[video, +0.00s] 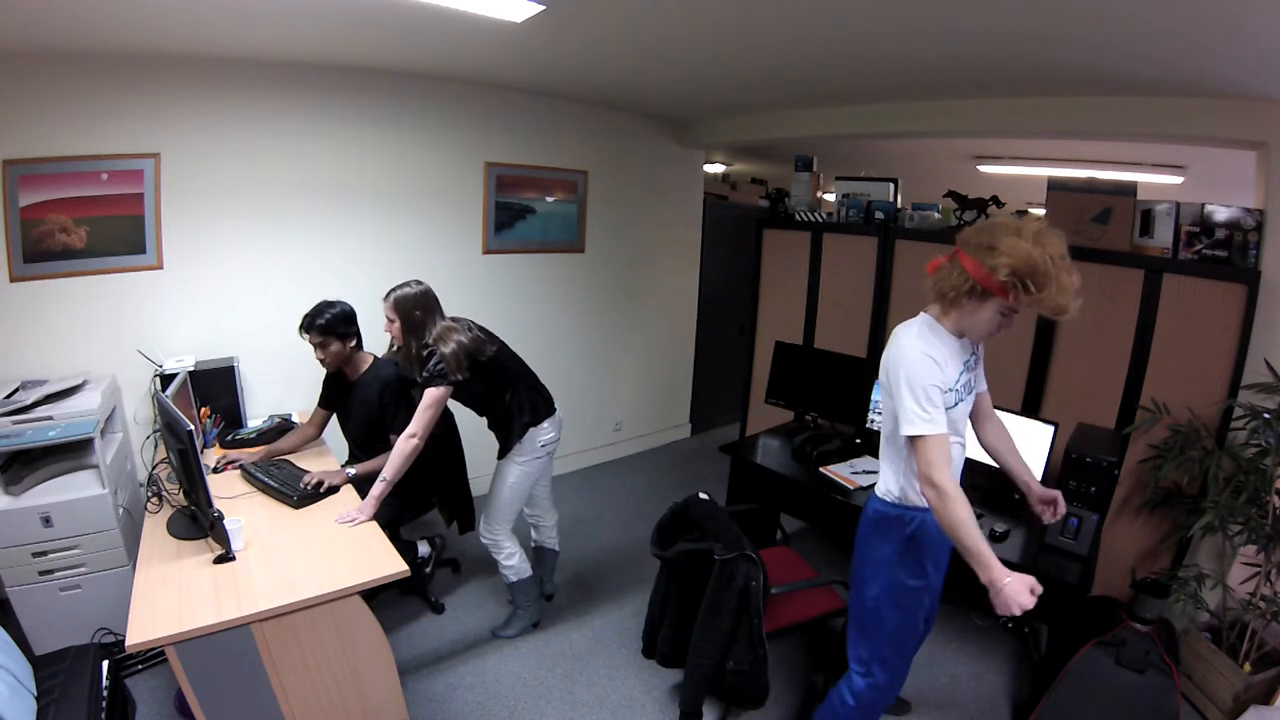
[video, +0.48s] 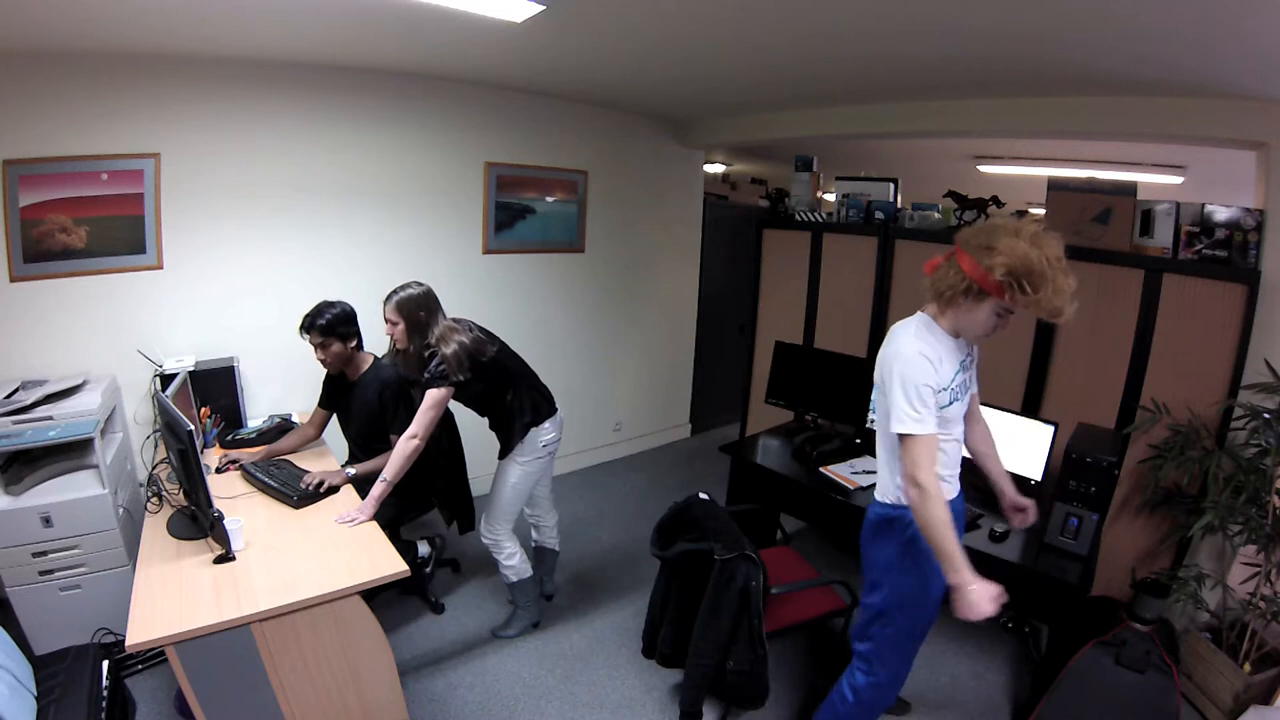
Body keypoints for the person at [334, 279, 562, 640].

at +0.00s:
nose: (386, 329)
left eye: (390, 321)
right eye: (386, 320)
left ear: (413, 319)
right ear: (422, 315)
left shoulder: (444, 355)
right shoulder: (455, 328)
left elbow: (414, 437)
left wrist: (372, 500)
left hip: (529, 432)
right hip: (542, 419)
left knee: (494, 529)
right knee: (540, 507)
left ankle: (527, 607)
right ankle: (545, 582)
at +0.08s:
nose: (387, 329)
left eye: (391, 321)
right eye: (386, 321)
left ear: (414, 319)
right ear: (422, 315)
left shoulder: (444, 354)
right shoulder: (455, 328)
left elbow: (415, 437)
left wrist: (372, 500)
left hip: (529, 432)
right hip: (542, 419)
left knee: (495, 529)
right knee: (540, 506)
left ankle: (527, 607)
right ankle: (545, 582)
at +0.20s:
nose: (387, 330)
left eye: (391, 322)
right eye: (386, 322)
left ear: (416, 319)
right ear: (423, 316)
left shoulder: (445, 355)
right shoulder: (457, 328)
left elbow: (415, 437)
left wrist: (371, 500)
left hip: (529, 432)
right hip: (542, 419)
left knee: (495, 529)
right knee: (540, 505)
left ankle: (527, 607)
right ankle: (545, 581)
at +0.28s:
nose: (387, 330)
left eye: (392, 322)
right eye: (387, 322)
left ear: (417, 319)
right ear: (424, 316)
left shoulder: (446, 355)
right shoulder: (457, 328)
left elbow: (415, 438)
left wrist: (371, 500)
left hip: (529, 432)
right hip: (543, 419)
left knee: (495, 529)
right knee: (540, 505)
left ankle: (527, 607)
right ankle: (545, 581)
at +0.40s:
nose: (387, 331)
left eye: (392, 322)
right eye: (387, 322)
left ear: (417, 320)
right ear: (424, 317)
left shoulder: (446, 356)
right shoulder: (456, 328)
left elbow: (415, 438)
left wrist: (371, 500)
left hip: (530, 432)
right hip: (543, 419)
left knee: (495, 529)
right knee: (540, 505)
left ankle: (527, 607)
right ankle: (545, 581)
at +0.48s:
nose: (388, 332)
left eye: (392, 323)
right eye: (387, 323)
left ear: (417, 320)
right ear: (424, 317)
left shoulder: (446, 356)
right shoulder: (456, 329)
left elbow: (415, 438)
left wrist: (371, 500)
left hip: (530, 432)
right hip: (543, 419)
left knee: (495, 529)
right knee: (540, 505)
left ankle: (527, 607)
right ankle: (545, 581)